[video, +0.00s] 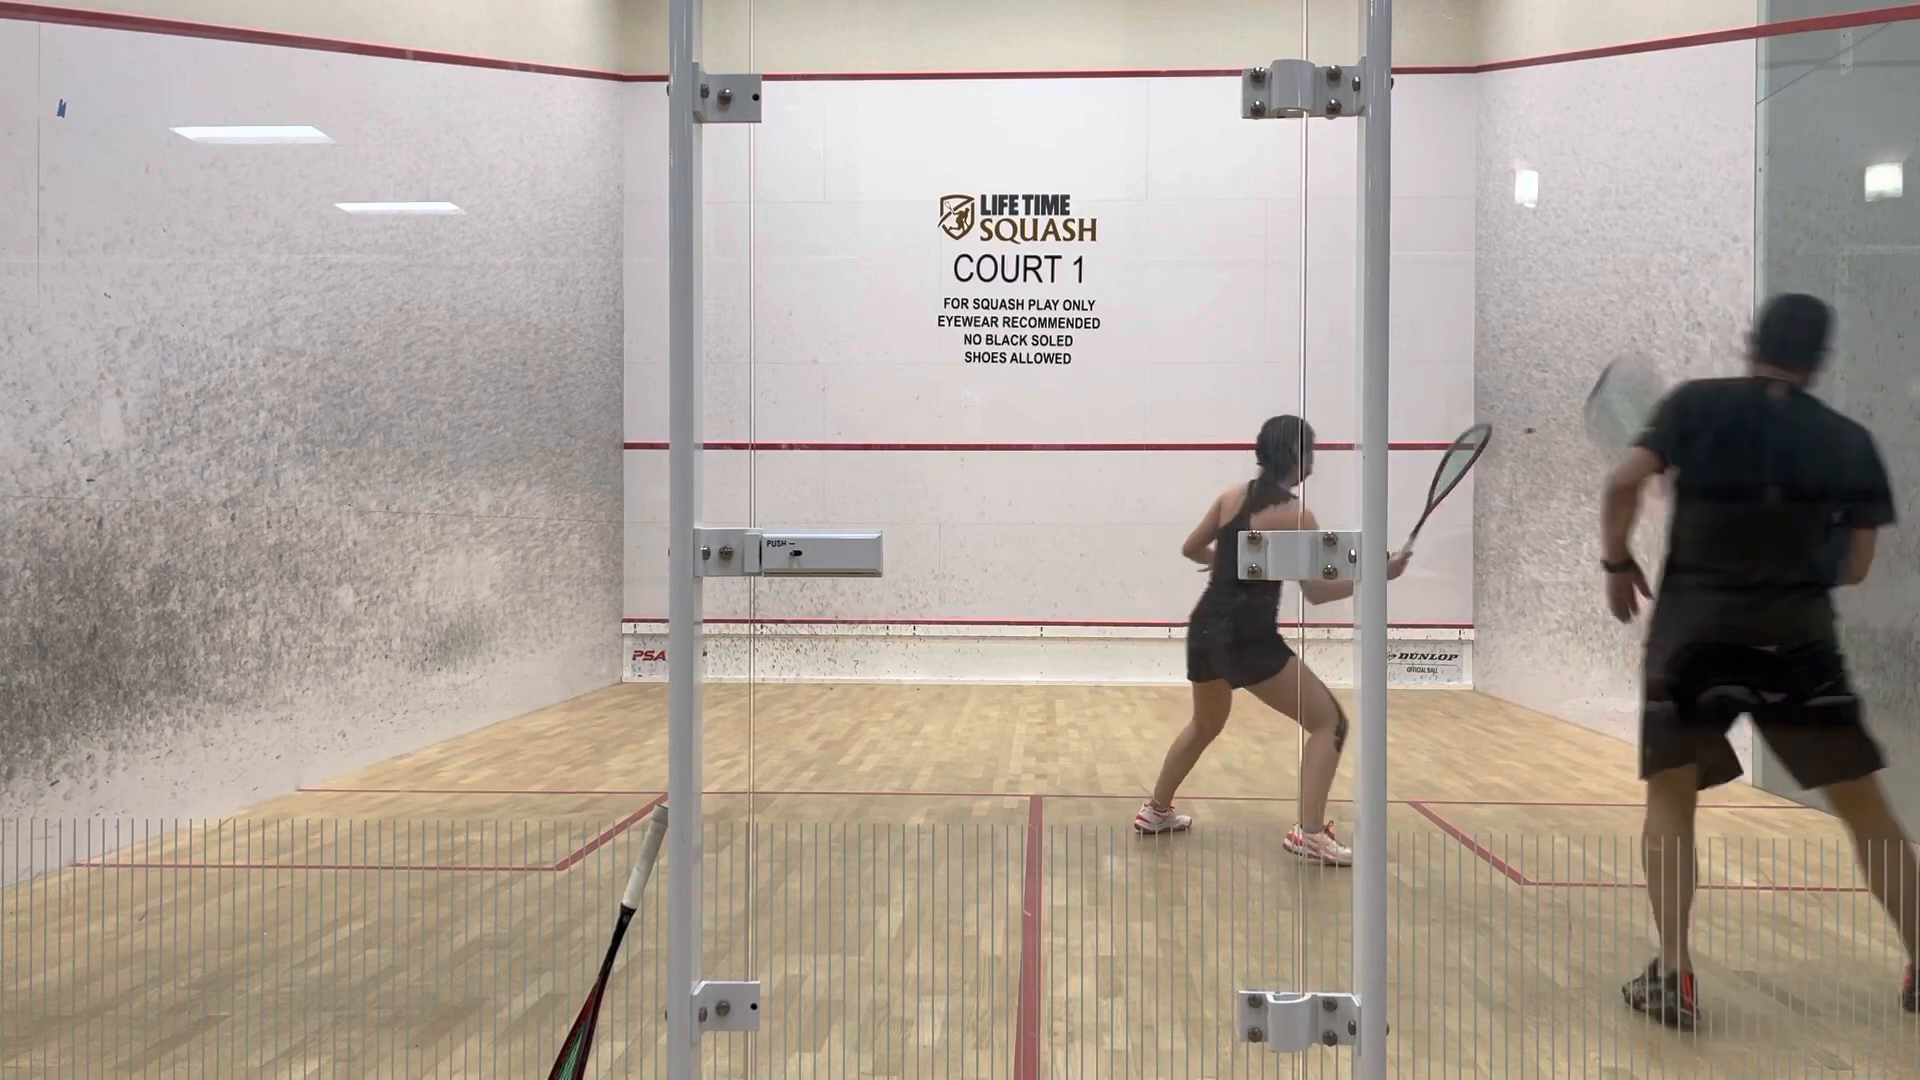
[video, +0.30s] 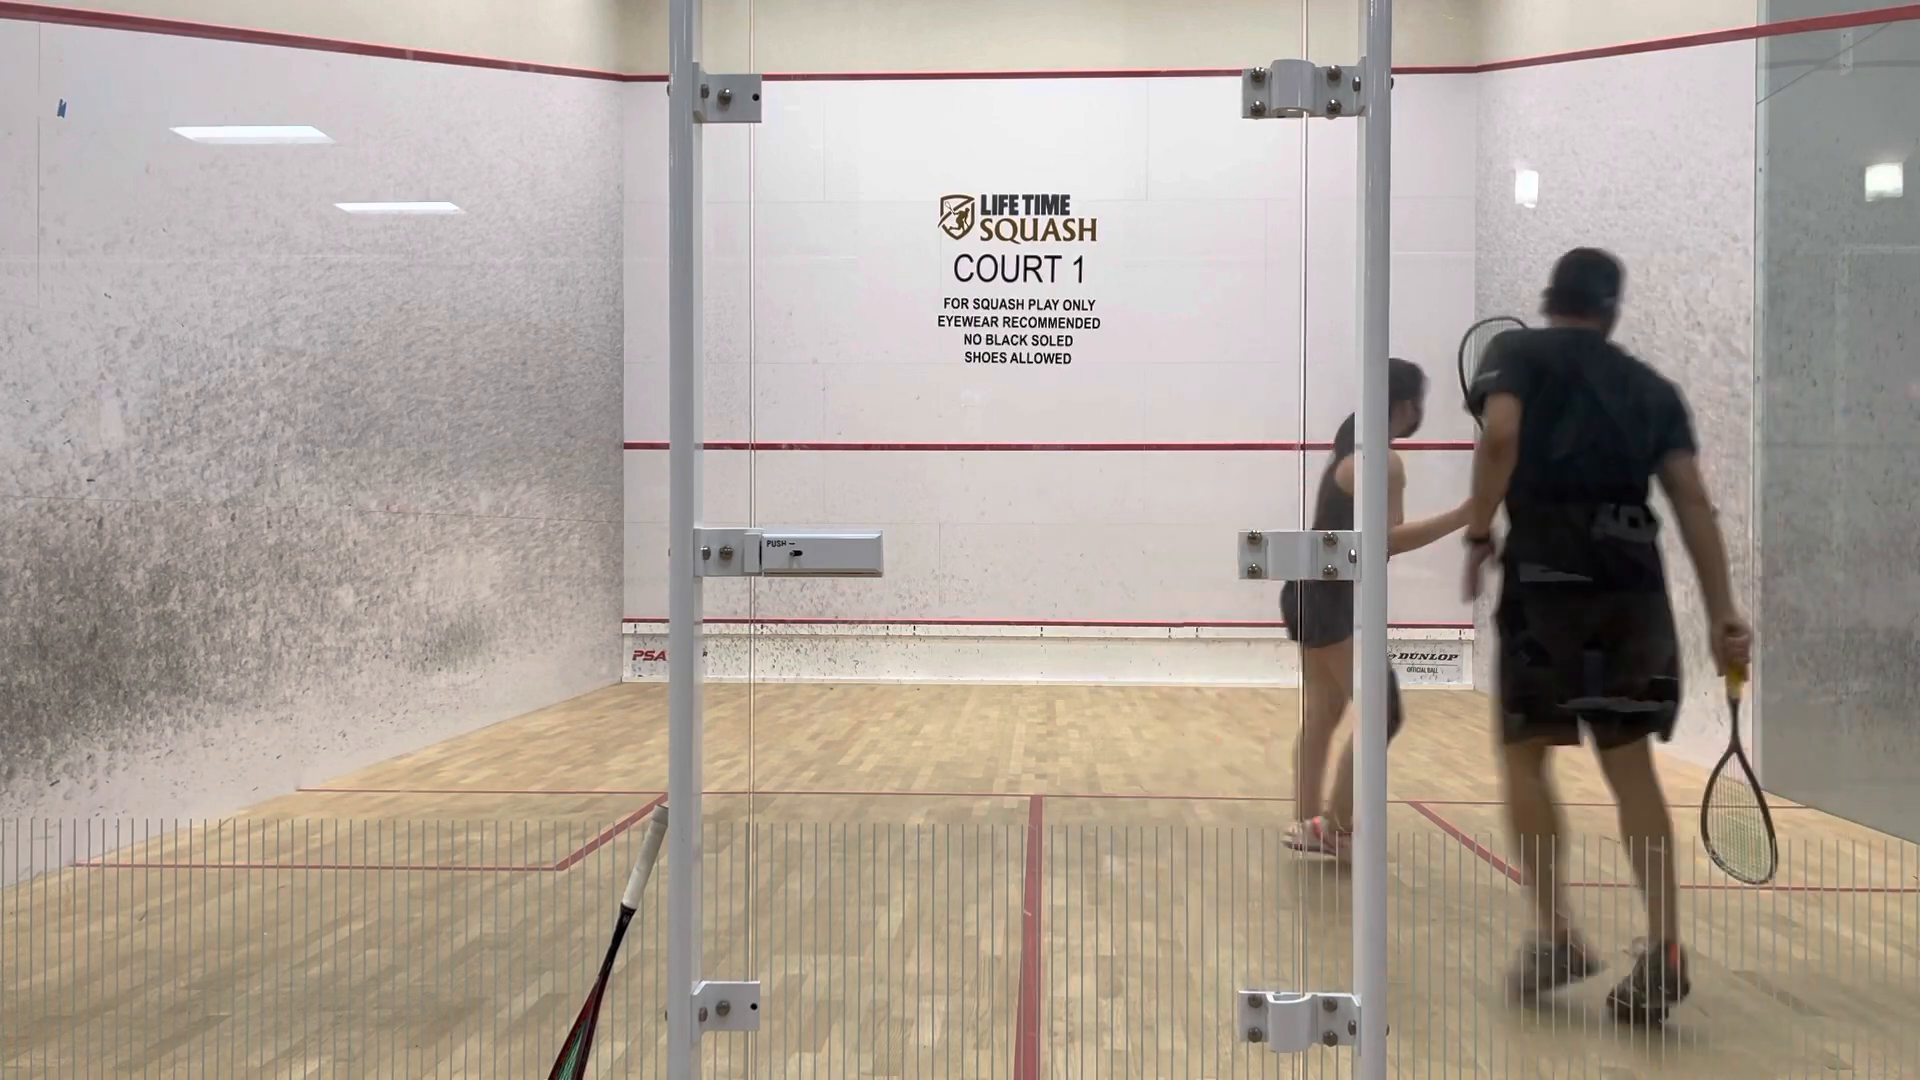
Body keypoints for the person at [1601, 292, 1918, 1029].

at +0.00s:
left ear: (1754, 344)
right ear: (1819, 359)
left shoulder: (1696, 403)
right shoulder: (1848, 440)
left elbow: (1622, 484)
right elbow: (1856, 564)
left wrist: (1617, 561)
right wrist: (1786, 564)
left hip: (1692, 639)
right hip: (1798, 648)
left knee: (1669, 802)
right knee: (1867, 811)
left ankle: (1672, 973)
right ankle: (1917, 964)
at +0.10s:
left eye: (1684, 322)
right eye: (1732, 331)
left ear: (1673, 328)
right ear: (1741, 339)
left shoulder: (1621, 382)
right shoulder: (1772, 413)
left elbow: (1558, 457)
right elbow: (1823, 529)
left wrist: (1577, 527)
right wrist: (1767, 591)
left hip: (1637, 626)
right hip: (1739, 625)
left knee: (1648, 794)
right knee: (1796, 787)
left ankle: (1671, 974)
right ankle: (1846, 955)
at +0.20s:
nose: (1623, 306)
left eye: (1617, 294)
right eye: (1659, 299)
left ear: (1611, 297)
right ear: (1678, 309)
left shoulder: (1567, 348)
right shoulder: (1712, 388)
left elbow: (1529, 419)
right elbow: (1755, 505)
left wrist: (1532, 501)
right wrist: (1747, 614)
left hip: (1590, 594)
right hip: (1686, 596)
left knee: (1612, 762)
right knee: (1702, 757)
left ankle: (1642, 944)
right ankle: (1727, 933)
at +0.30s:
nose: (1568, 309)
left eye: (1561, 296)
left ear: (1550, 299)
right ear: (1613, 310)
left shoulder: (1521, 350)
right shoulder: (1652, 387)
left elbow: (1501, 433)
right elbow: (1694, 505)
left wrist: (1480, 528)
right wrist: (1724, 615)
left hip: (1544, 595)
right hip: (1636, 600)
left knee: (1525, 759)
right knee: (1630, 762)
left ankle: (1556, 934)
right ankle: (1665, 948)